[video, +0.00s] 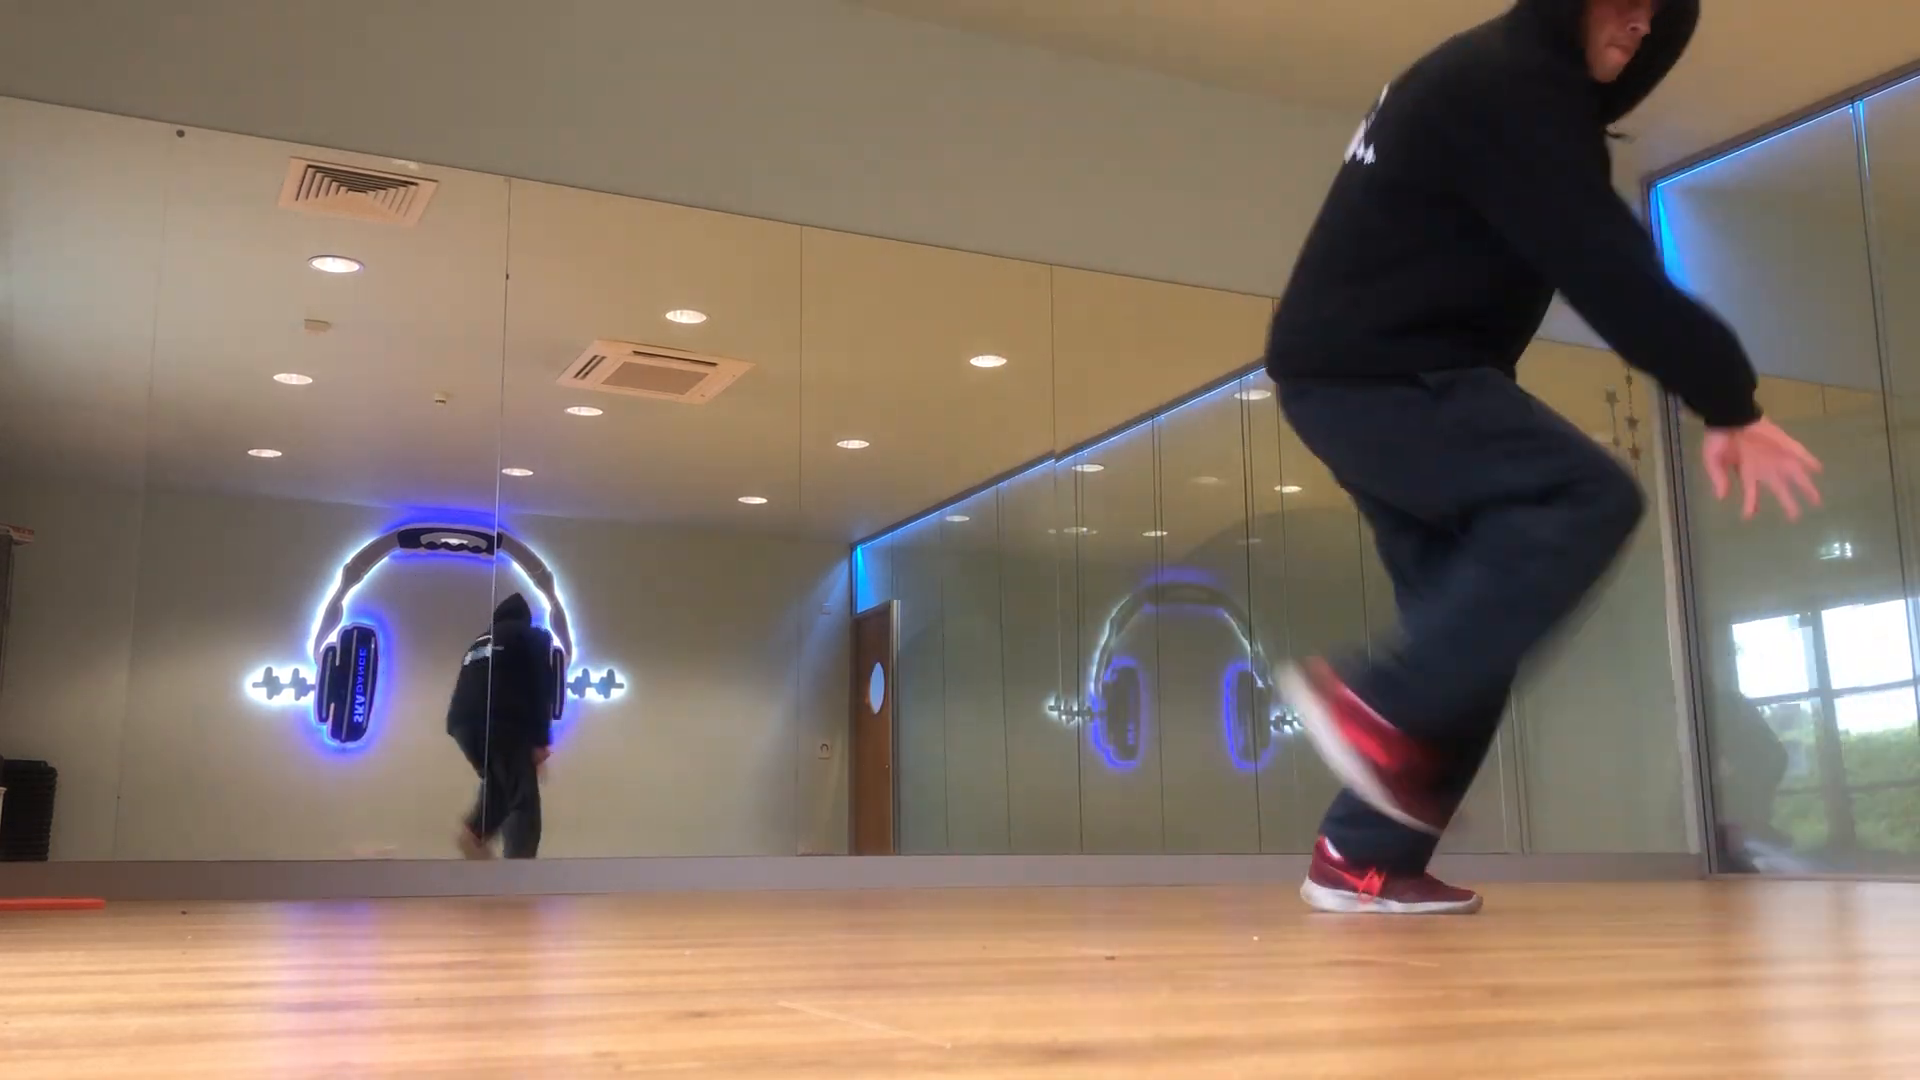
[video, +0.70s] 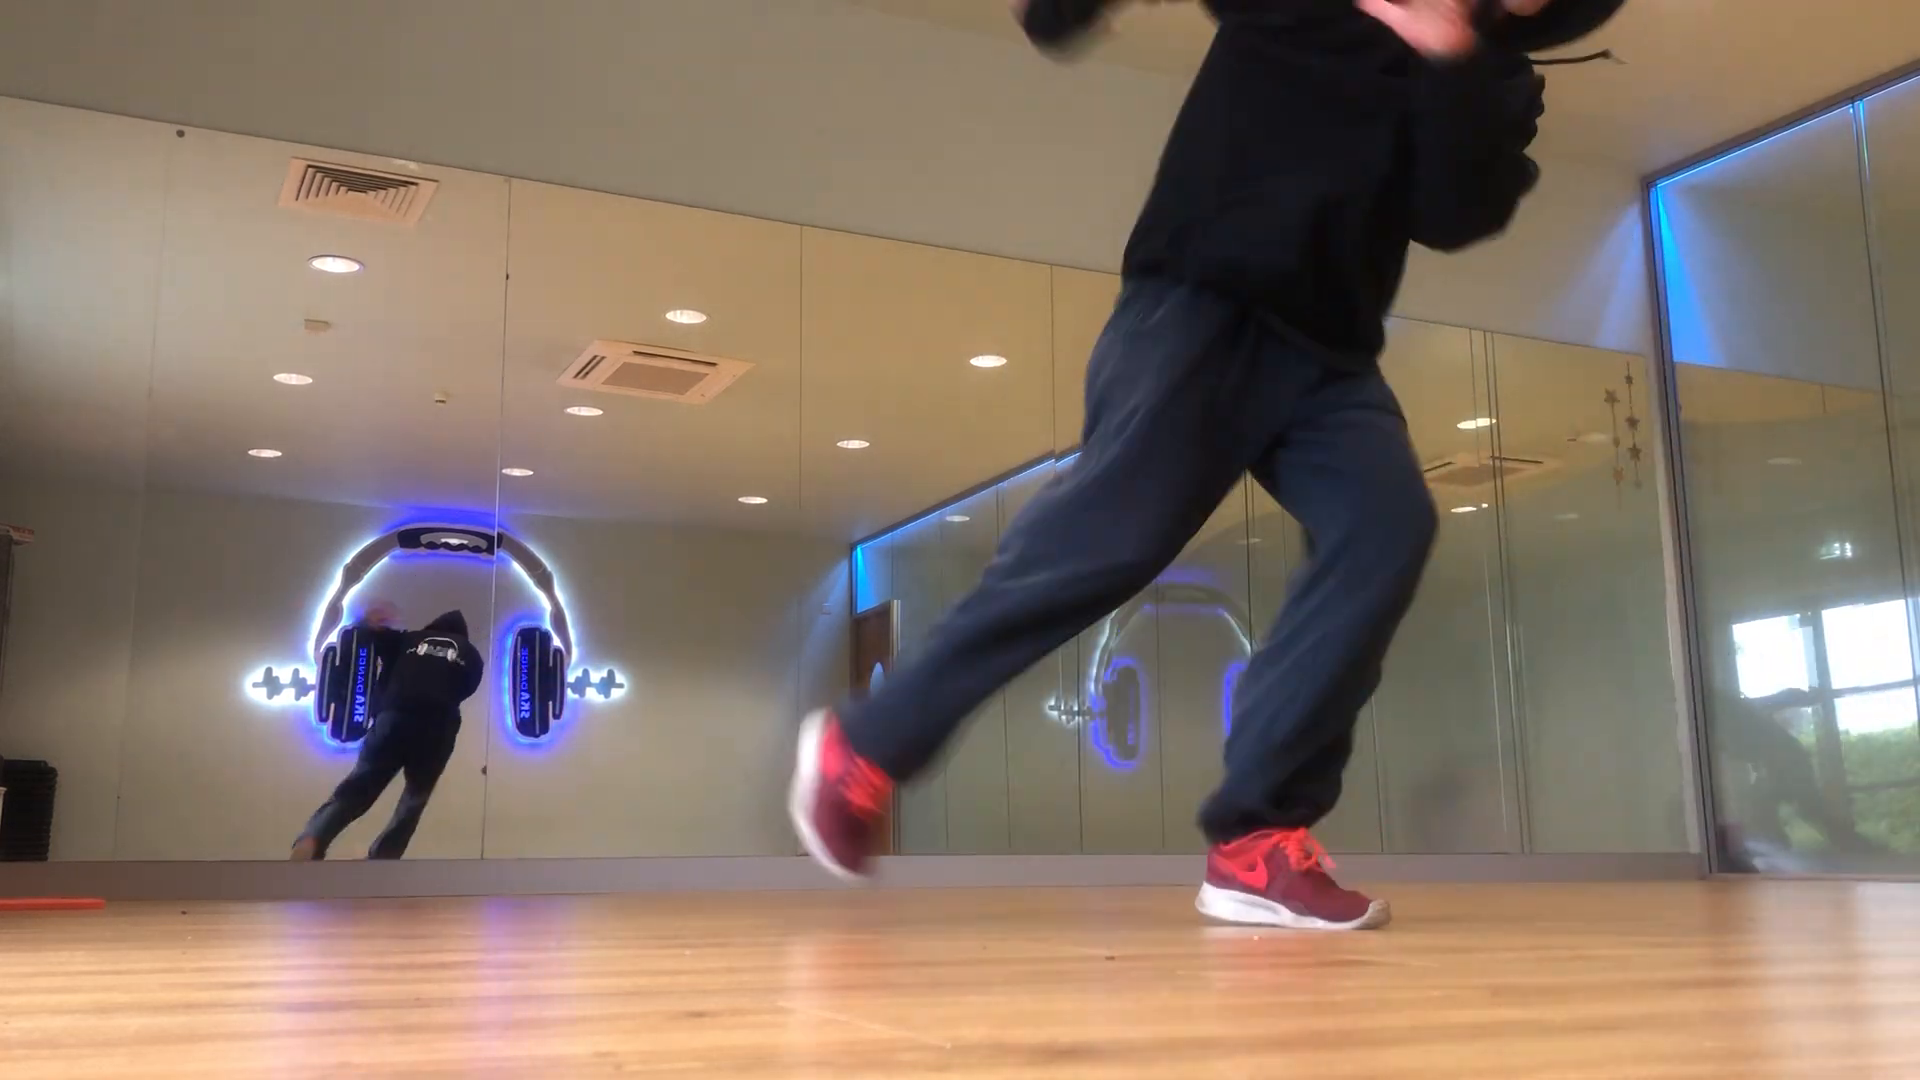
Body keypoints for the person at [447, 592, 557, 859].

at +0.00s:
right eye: (528, 615)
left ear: (497, 617)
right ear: (526, 615)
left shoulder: (480, 642)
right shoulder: (534, 637)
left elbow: (465, 694)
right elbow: (541, 689)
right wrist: (541, 739)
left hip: (463, 721)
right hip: (507, 722)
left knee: (498, 779)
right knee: (524, 794)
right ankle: (519, 866)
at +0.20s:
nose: (513, 613)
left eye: (511, 606)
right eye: (512, 607)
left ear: (487, 598)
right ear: (509, 604)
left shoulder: (461, 620)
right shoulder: (497, 620)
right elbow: (491, 678)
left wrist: (513, 672)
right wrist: (514, 672)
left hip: (419, 690)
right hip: (456, 693)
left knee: (432, 772)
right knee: (479, 768)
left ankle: (381, 835)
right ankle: (483, 851)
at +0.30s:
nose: (495, 624)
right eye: (495, 618)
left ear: (468, 609)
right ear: (492, 615)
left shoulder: (441, 630)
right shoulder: (482, 632)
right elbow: (470, 690)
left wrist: (492, 702)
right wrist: (495, 702)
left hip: (400, 704)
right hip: (437, 707)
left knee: (404, 776)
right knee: (445, 782)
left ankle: (378, 856)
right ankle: (437, 861)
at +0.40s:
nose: (481, 639)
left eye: (481, 634)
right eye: (481, 634)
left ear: (453, 624)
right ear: (478, 631)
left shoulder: (427, 642)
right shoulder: (470, 648)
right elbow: (456, 701)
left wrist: (449, 755)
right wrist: (440, 721)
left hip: (380, 722)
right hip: (416, 724)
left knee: (391, 808)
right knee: (438, 804)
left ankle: (364, 873)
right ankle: (420, 868)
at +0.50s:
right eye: (477, 637)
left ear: (449, 629)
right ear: (475, 635)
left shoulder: (421, 643)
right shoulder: (472, 648)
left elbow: (394, 683)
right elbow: (464, 690)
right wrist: (441, 712)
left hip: (378, 711)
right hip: (418, 712)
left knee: (378, 791)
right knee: (433, 789)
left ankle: (367, 861)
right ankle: (408, 847)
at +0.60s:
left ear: (442, 627)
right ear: (470, 633)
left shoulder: (412, 642)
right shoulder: (475, 648)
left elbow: (364, 657)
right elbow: (472, 684)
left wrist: (311, 654)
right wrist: (450, 712)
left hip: (390, 703)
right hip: (434, 712)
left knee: (368, 775)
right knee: (416, 784)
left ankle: (337, 853)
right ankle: (398, 858)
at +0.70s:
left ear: (434, 625)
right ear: (464, 633)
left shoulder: (409, 638)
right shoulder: (472, 656)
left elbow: (368, 634)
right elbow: (465, 689)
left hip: (394, 717)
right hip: (439, 728)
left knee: (360, 784)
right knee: (414, 800)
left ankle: (312, 839)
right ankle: (379, 863)